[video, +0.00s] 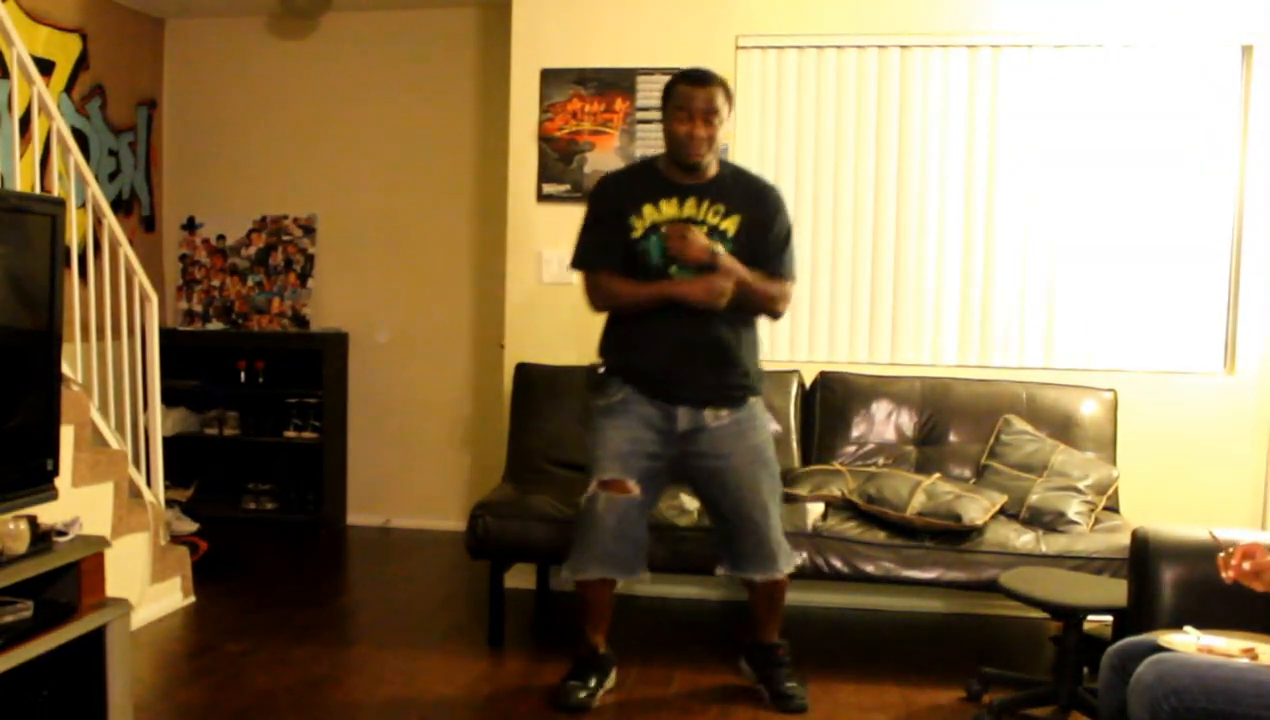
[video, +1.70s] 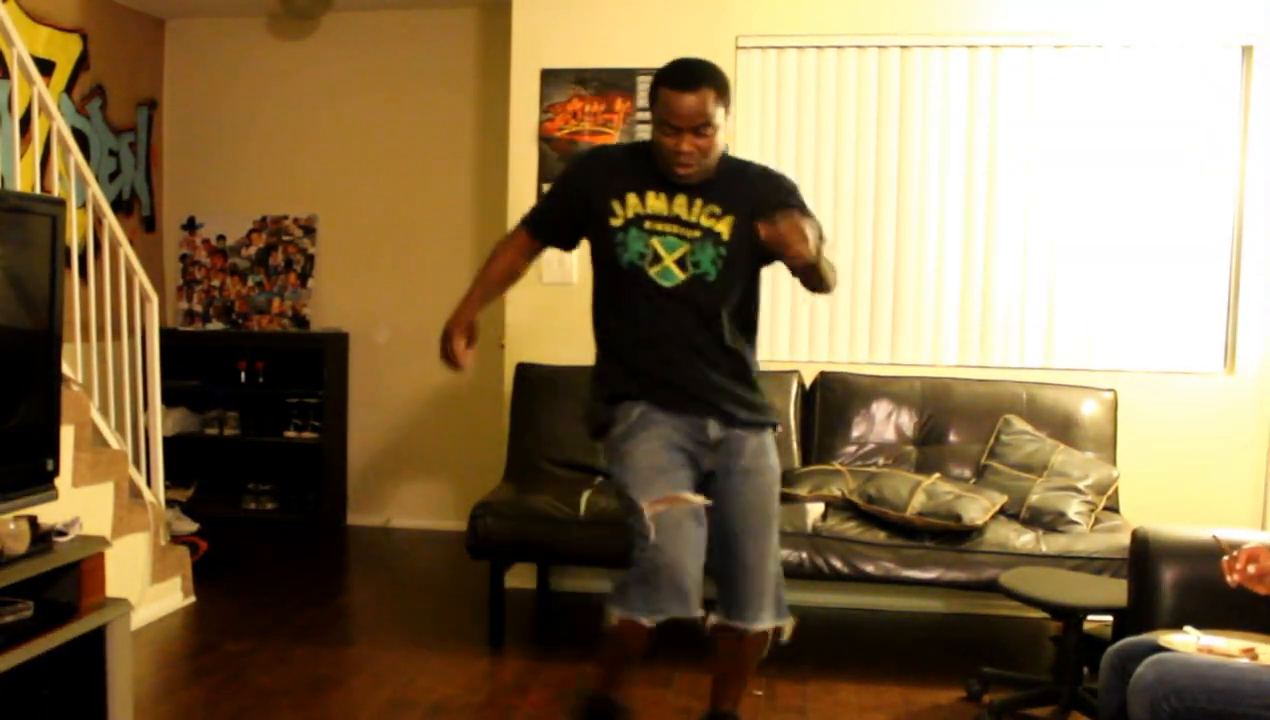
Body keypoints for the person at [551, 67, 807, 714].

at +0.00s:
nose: (696, 127)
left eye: (709, 116)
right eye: (683, 115)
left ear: (726, 123)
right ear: (663, 120)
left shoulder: (759, 200)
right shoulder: (618, 193)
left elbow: (776, 300)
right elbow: (600, 293)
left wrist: (715, 258)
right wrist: (681, 288)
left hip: (729, 402)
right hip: (632, 396)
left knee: (766, 540)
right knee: (604, 518)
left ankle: (769, 650)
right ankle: (592, 657)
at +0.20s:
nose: (693, 114)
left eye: (705, 101)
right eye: (680, 101)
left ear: (724, 108)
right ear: (659, 108)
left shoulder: (760, 184)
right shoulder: (611, 183)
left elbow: (780, 276)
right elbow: (579, 269)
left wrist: (797, 260)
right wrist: (589, 279)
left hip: (732, 390)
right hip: (635, 389)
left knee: (760, 540)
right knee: (603, 517)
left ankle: (758, 663)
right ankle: (592, 657)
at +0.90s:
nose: (639, 111)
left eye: (651, 97)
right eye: (625, 99)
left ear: (671, 100)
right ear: (602, 105)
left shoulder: (714, 164)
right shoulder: (567, 177)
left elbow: (760, 265)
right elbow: (527, 279)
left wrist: (786, 368)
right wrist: (601, 291)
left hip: (660, 391)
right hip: (568, 383)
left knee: (656, 542)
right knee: (549, 532)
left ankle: (720, 662)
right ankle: (546, 695)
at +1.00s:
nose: (628, 115)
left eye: (639, 101)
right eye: (613, 103)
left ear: (658, 100)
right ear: (589, 107)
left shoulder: (704, 156)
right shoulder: (559, 178)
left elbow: (753, 261)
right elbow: (520, 282)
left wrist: (797, 364)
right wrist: (569, 336)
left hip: (636, 390)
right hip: (549, 380)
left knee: (583, 536)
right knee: (530, 538)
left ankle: (631, 672)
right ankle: (543, 697)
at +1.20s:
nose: (613, 121)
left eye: (627, 108)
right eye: (599, 107)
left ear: (646, 106)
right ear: (573, 105)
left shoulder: (688, 171)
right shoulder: (534, 177)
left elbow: (738, 265)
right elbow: (515, 283)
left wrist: (751, 362)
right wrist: (489, 384)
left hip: (646, 393)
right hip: (552, 389)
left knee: (647, 565)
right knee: (524, 552)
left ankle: (626, 687)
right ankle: (546, 697)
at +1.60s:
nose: (667, 137)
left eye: (682, 123)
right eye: (653, 121)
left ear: (707, 115)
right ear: (632, 113)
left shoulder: (747, 181)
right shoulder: (593, 175)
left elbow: (798, 264)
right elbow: (531, 254)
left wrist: (803, 292)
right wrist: (471, 332)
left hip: (725, 410)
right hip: (629, 405)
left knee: (737, 591)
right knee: (627, 558)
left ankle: (723, 716)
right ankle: (537, 670)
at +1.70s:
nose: (685, 144)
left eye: (701, 130)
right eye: (672, 128)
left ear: (724, 124)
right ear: (651, 118)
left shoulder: (759, 190)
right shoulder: (601, 175)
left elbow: (823, 283)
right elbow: (528, 240)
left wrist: (806, 256)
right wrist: (466, 312)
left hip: (740, 416)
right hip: (643, 409)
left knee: (752, 602)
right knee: (670, 565)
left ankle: (724, 715)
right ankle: (602, 697)